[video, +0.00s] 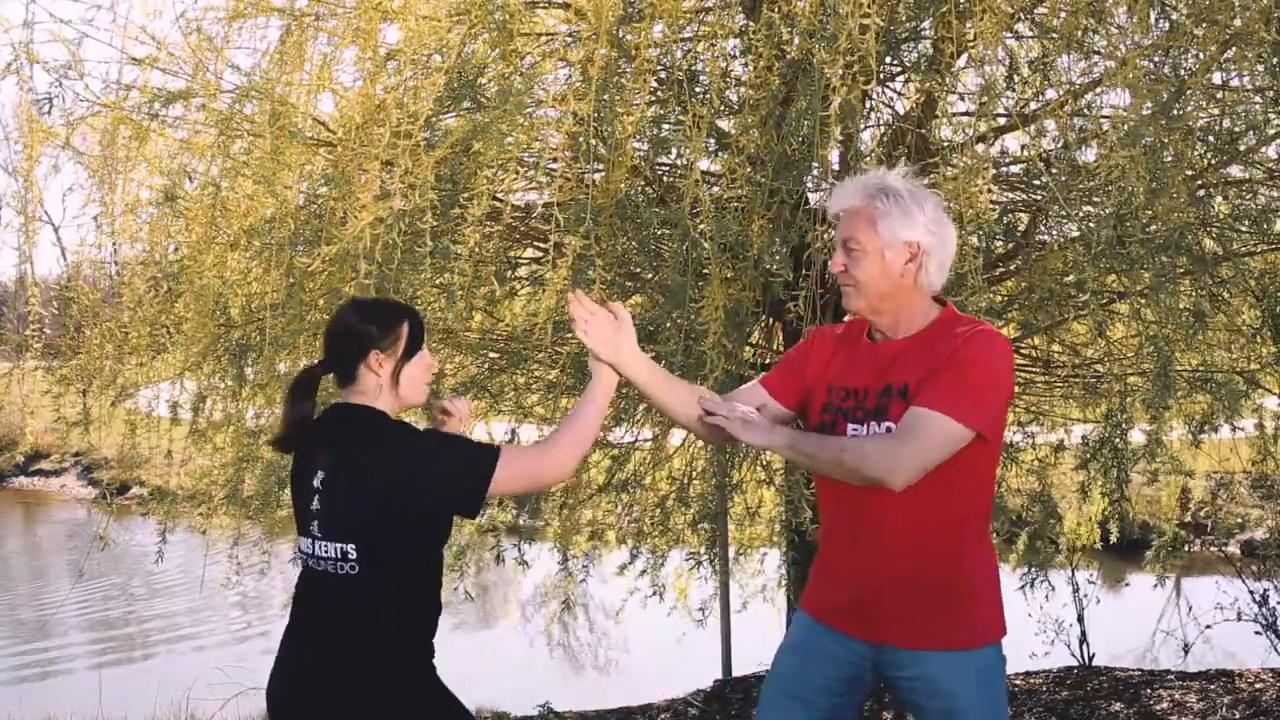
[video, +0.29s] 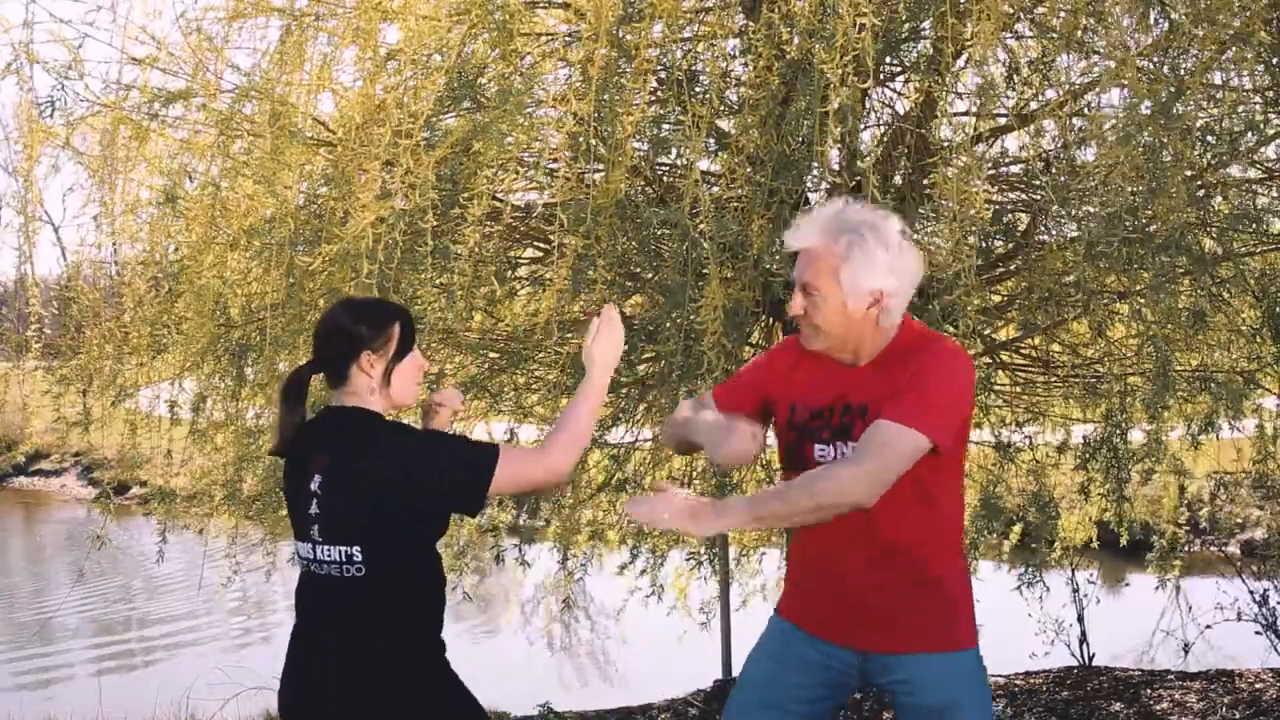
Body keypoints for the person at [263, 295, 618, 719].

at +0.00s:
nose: (433, 363)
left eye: (428, 352)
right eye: (422, 352)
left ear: (373, 364)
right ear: (379, 364)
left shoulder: (315, 440)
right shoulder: (414, 454)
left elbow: (381, 512)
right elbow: (554, 464)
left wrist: (443, 442)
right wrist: (606, 378)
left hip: (299, 685)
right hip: (390, 690)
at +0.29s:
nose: (423, 363)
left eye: (417, 349)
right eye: (412, 351)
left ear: (362, 364)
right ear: (370, 365)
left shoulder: (306, 445)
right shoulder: (407, 454)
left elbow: (389, 515)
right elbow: (553, 465)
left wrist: (431, 432)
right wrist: (600, 372)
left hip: (310, 685)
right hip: (401, 686)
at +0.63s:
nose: (421, 383)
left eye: (414, 370)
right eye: (408, 371)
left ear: (359, 386)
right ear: (362, 387)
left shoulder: (298, 462)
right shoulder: (410, 468)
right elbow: (536, 538)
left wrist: (410, 455)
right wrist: (590, 568)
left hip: (300, 698)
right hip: (393, 697)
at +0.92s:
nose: (435, 375)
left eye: (428, 364)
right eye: (422, 366)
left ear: (376, 391)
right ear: (383, 389)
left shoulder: (344, 463)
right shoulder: (433, 468)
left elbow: (446, 535)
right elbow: (548, 551)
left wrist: (467, 447)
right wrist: (617, 592)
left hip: (323, 695)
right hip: (412, 699)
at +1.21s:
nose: (434, 362)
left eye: (426, 350)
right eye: (421, 351)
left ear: (380, 372)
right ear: (388, 370)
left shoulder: (360, 447)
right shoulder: (443, 461)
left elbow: (501, 471)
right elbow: (559, 540)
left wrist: (556, 407)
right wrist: (572, 513)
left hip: (347, 693)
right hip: (435, 695)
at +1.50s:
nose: (430, 360)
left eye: (423, 346)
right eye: (419, 347)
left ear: (379, 360)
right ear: (381, 359)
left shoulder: (415, 419)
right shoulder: (408, 465)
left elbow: (516, 464)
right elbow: (530, 522)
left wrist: (574, 492)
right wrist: (568, 497)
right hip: (418, 693)